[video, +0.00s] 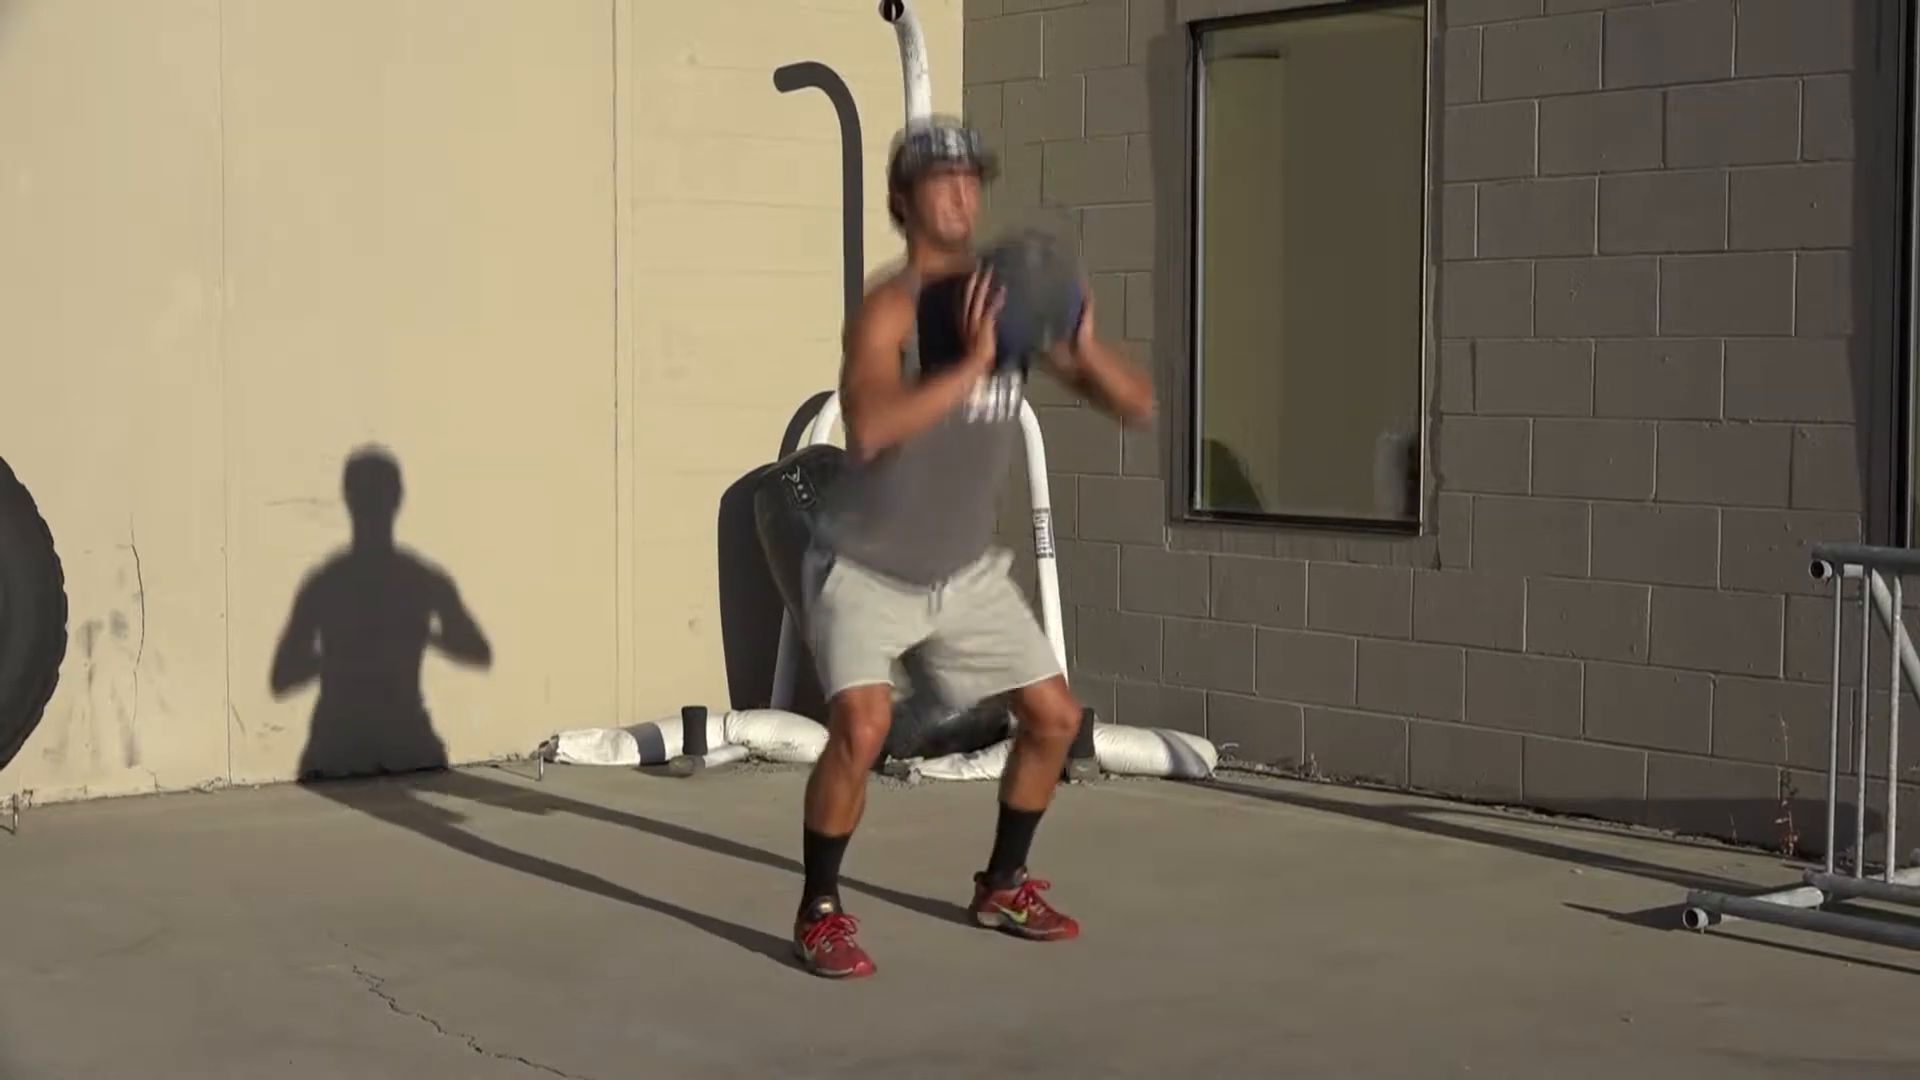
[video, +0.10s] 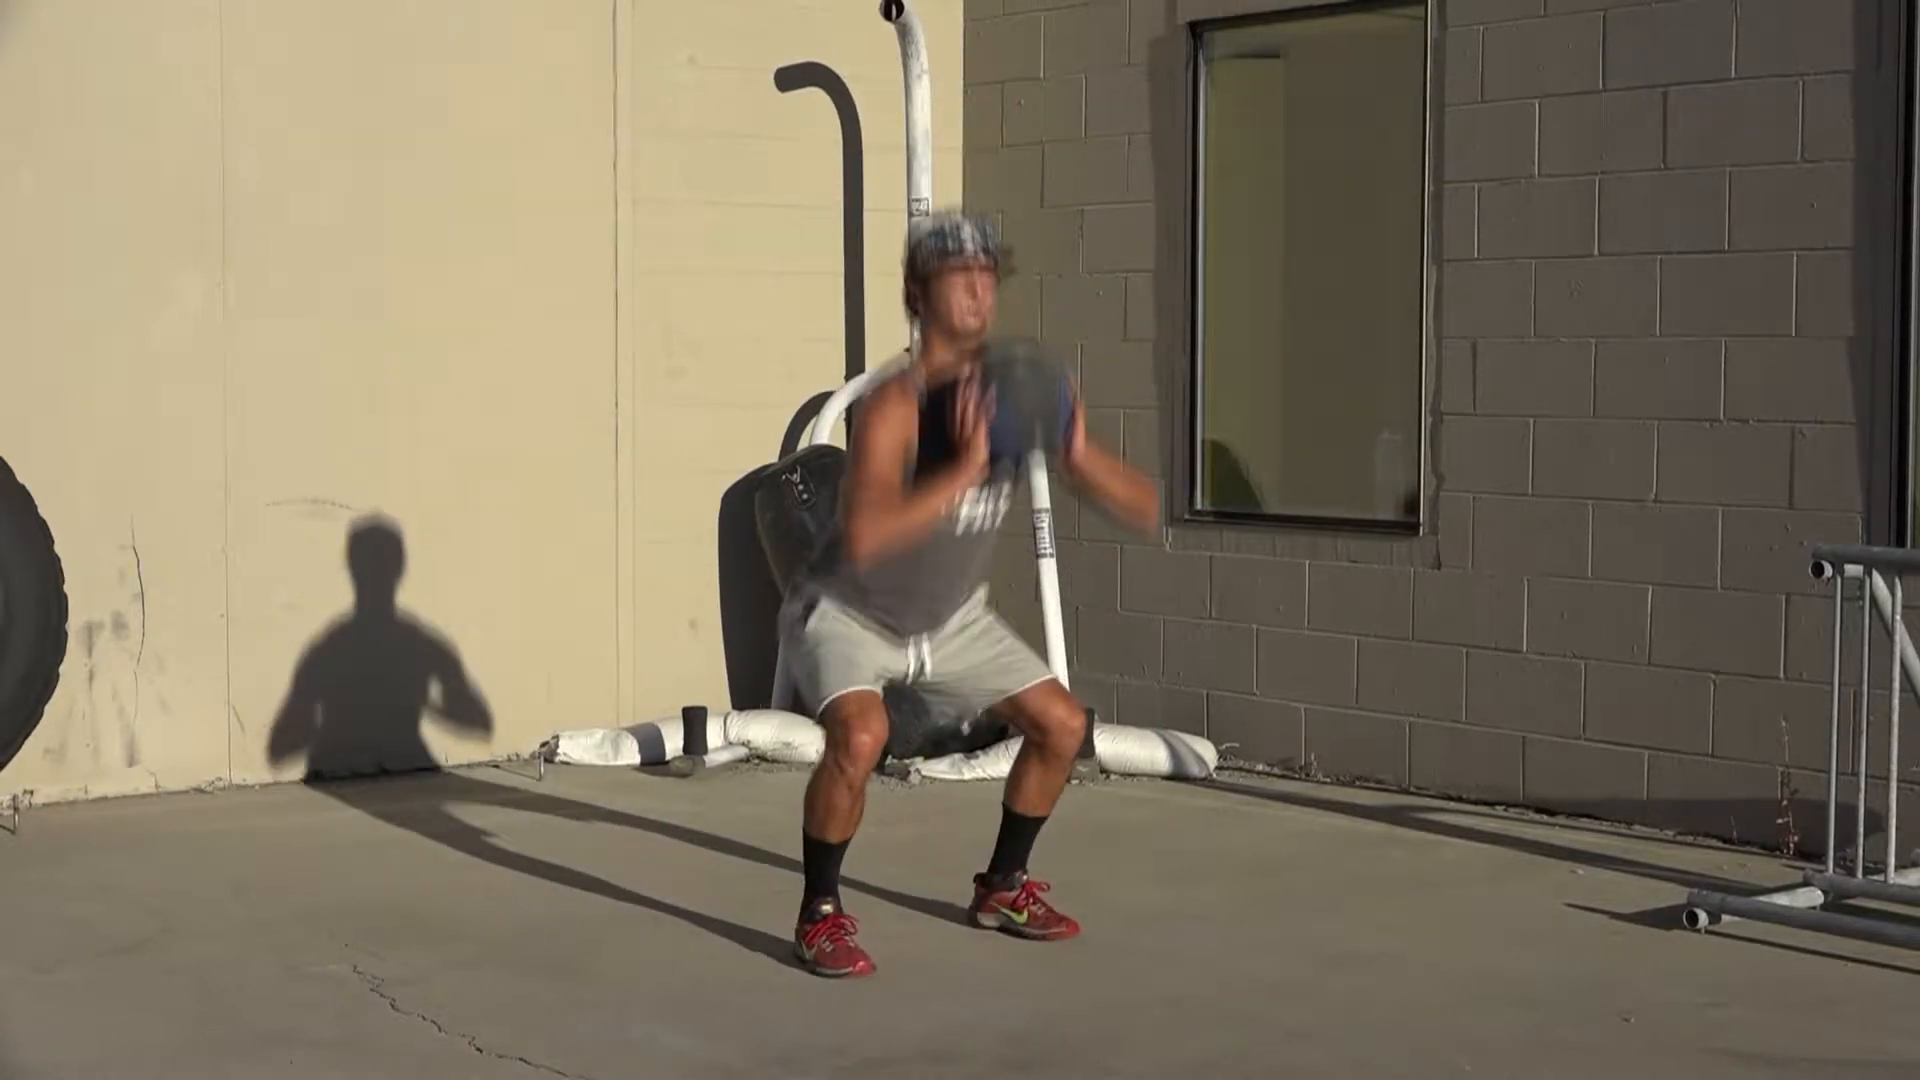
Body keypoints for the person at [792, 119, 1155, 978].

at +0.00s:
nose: (954, 195)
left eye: (965, 180)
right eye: (936, 181)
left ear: (982, 194)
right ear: (901, 199)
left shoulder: (1012, 291)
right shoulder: (888, 306)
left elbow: (1136, 405)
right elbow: (869, 429)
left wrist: (1080, 352)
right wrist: (977, 360)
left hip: (972, 571)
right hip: (868, 570)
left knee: (1055, 716)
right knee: (861, 728)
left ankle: (1003, 884)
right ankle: (819, 910)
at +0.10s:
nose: (976, 297)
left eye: (985, 282)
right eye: (958, 282)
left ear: (996, 293)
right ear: (920, 295)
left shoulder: (1017, 388)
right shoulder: (891, 402)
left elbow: (1144, 509)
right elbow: (863, 540)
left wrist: (1070, 450)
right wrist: (967, 466)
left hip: (954, 619)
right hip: (853, 614)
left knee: (1062, 726)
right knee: (860, 733)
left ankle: (1002, 887)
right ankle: (820, 913)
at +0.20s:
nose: (985, 386)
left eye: (995, 370)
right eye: (967, 371)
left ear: (1009, 382)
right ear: (930, 385)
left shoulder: (1019, 483)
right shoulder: (895, 487)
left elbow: (1136, 599)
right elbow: (856, 629)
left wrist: (1078, 555)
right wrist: (963, 570)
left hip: (931, 653)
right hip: (830, 656)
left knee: (1058, 727)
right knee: (856, 737)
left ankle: (1002, 887)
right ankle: (820, 913)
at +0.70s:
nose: (980, 274)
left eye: (993, 258)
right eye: (963, 257)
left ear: (1004, 271)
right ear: (926, 267)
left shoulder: (1015, 374)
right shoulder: (884, 374)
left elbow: (1126, 495)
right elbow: (836, 506)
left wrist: (1061, 441)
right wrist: (947, 454)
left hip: (959, 593)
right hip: (854, 586)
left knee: (1047, 721)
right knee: (862, 725)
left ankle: (1004, 886)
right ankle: (821, 911)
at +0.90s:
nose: (979, 168)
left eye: (991, 154)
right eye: (962, 152)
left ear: (1003, 167)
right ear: (924, 163)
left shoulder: (1021, 275)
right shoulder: (882, 271)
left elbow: (1082, 415)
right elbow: (830, 410)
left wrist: (1046, 360)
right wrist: (938, 384)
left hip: (973, 532)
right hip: (872, 530)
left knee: (1011, 697)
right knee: (858, 711)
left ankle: (1002, 885)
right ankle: (821, 910)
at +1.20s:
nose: (990, 157)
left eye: (1003, 142)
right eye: (973, 139)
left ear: (1015, 154)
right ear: (934, 145)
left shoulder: (1034, 257)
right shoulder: (890, 256)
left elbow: (1054, 396)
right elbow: (847, 402)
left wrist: (1055, 483)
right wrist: (945, 467)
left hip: (981, 517)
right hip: (881, 516)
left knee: (991, 702)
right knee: (855, 706)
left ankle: (1002, 888)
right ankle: (824, 910)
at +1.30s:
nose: (1002, 182)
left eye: (1015, 167)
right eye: (985, 165)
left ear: (1027, 177)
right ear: (948, 171)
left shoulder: (1042, 286)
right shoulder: (900, 280)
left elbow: (1058, 433)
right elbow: (873, 434)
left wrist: (1056, 551)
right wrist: (950, 537)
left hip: (971, 525)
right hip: (869, 521)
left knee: (1004, 697)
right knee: (852, 705)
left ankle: (1004, 885)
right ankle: (823, 909)